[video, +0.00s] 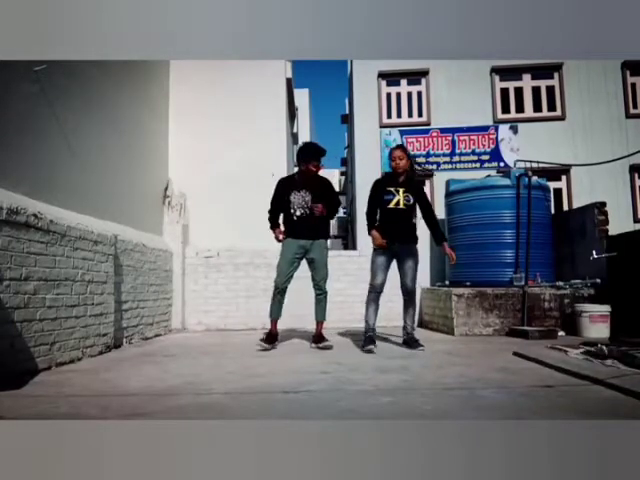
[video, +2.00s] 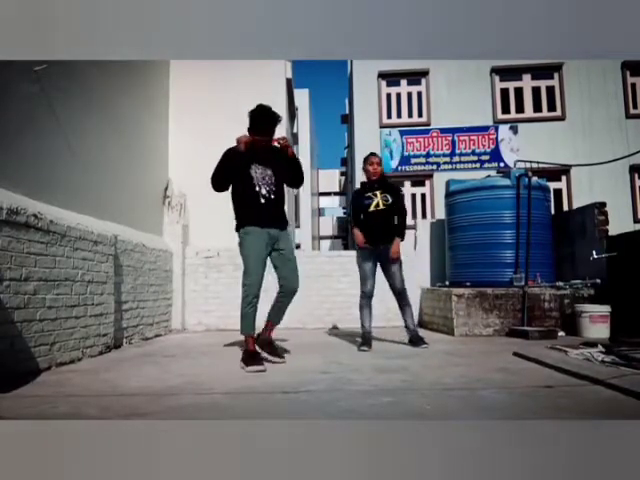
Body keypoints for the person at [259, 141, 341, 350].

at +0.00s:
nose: (320, 166)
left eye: (320, 162)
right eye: (316, 162)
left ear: (315, 162)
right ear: (305, 163)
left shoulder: (324, 183)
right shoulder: (285, 184)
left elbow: (335, 205)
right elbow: (274, 210)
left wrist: (325, 212)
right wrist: (275, 227)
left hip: (318, 241)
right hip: (293, 240)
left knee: (320, 286)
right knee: (280, 284)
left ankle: (319, 331)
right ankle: (273, 330)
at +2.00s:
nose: (267, 138)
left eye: (270, 134)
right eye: (265, 133)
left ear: (273, 132)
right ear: (256, 130)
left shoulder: (278, 154)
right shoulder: (235, 154)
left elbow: (296, 182)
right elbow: (218, 184)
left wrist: (290, 154)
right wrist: (239, 151)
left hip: (280, 230)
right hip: (253, 229)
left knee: (290, 286)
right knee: (252, 288)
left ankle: (266, 336)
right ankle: (249, 347)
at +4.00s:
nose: (246, 146)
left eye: (250, 142)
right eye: (242, 142)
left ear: (254, 144)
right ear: (233, 143)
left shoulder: (268, 167)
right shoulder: (227, 177)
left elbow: (291, 194)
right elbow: (221, 206)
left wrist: (290, 222)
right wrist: (223, 229)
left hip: (271, 232)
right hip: (244, 236)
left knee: (284, 281)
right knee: (240, 286)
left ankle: (295, 333)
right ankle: (249, 334)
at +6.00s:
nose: (265, 134)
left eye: (266, 129)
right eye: (258, 132)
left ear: (268, 128)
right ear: (247, 135)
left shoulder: (278, 154)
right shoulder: (238, 159)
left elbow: (297, 135)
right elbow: (223, 159)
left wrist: (274, 112)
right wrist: (230, 127)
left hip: (279, 227)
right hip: (248, 229)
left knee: (298, 282)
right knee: (239, 285)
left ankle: (291, 327)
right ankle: (240, 342)